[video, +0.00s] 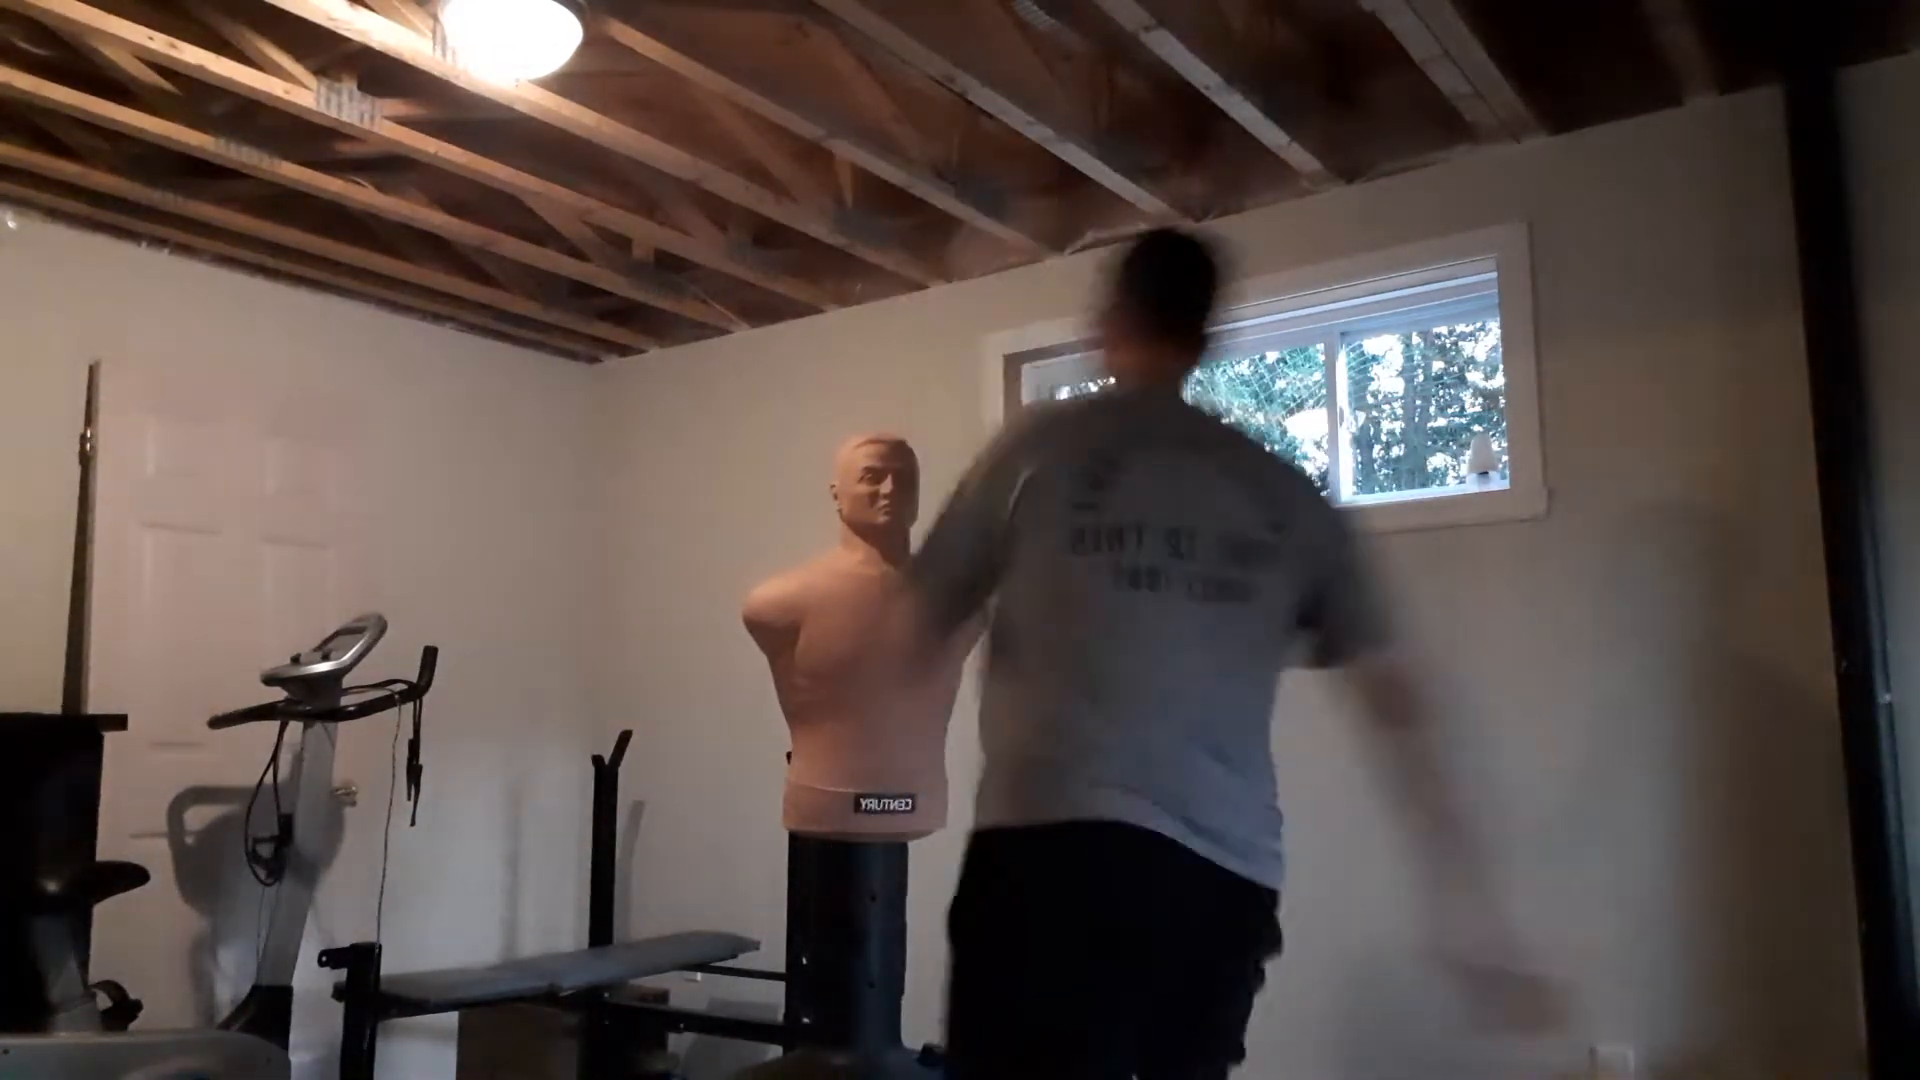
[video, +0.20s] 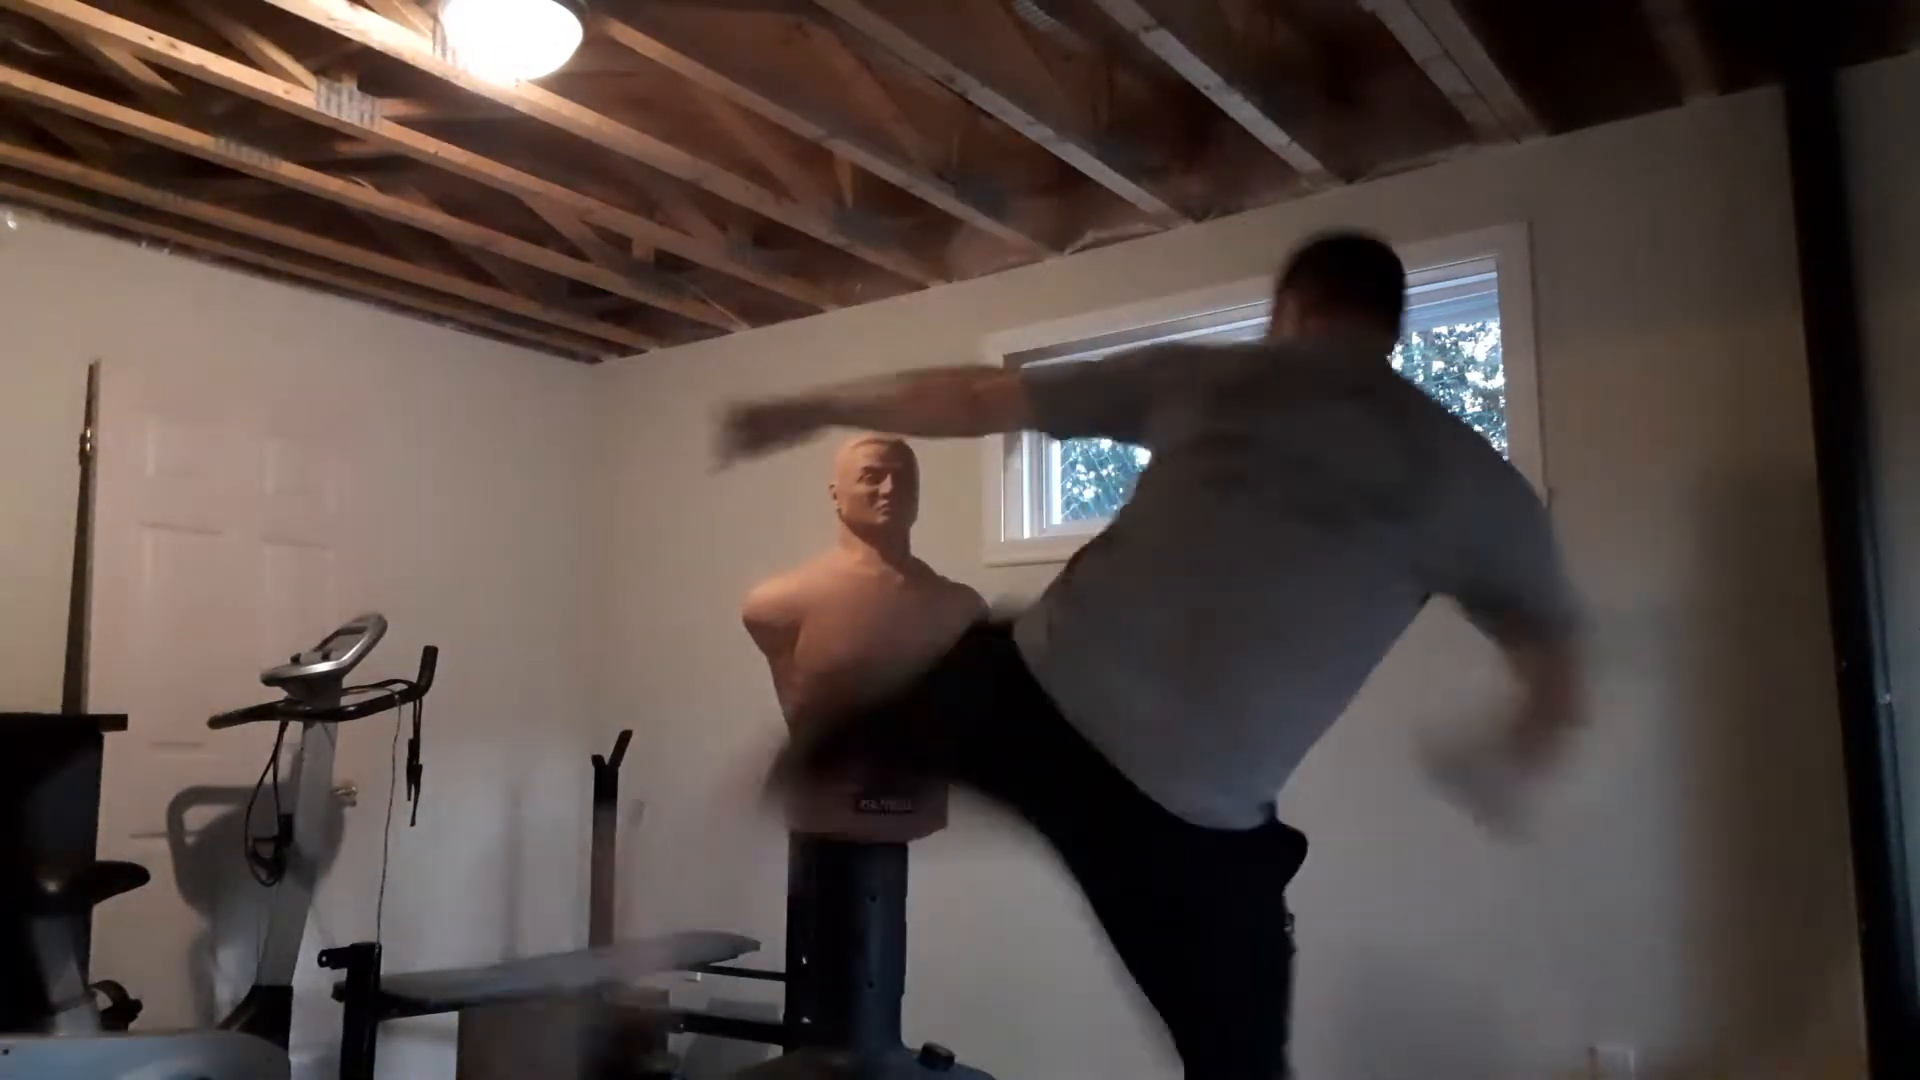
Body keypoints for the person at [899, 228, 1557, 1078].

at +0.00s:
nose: (1106, 328)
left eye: (1111, 313)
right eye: (1122, 312)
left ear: (1111, 323)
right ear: (1206, 333)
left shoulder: (1038, 444)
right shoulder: (1283, 490)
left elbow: (911, 636)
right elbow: (1395, 701)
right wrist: (1474, 928)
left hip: (1042, 859)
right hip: (1216, 882)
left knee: (1011, 1066)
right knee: (1181, 1067)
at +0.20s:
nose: (1274, 328)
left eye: (1281, 310)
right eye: (1289, 311)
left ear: (1295, 306)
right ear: (1397, 327)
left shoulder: (1216, 377)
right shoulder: (1472, 481)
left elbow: (992, 401)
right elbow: (1559, 685)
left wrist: (812, 407)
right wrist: (1504, 766)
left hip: (1023, 698)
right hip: (1193, 821)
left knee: (843, 739)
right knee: (1239, 1062)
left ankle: (809, 763)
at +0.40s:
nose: (1268, 397)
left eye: (1270, 378)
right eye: (1273, 381)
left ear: (1290, 369)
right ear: (1396, 380)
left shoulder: (1235, 437)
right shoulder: (1477, 534)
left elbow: (1014, 424)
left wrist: (822, 418)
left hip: (1075, 727)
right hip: (1215, 850)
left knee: (1125, 579)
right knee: (1241, 1062)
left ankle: (952, 593)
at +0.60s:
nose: (1270, 315)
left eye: (1271, 296)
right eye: (1272, 299)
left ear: (1289, 280)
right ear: (1396, 287)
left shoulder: (1215, 383)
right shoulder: (1507, 394)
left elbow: (1054, 532)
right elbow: (1556, 606)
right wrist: (1427, 541)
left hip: (1184, 737)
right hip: (1371, 772)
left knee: (1154, 798)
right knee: (1455, 1053)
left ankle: (1160, 1049)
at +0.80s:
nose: (1275, 385)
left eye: (1275, 368)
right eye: (1278, 369)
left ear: (1284, 371)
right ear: (1396, 378)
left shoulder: (1202, 519)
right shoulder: (1491, 507)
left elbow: (1153, 737)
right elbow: (1569, 747)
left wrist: (1248, 826)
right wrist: (1452, 700)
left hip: (1279, 921)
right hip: (1475, 907)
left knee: (1329, 1065)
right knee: (1594, 1061)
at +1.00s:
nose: (1217, 371)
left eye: (1216, 356)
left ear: (1226, 355)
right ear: (1333, 363)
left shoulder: (1157, 490)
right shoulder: (1431, 467)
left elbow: (1097, 706)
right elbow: (1512, 691)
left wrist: (1169, 813)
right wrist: (1393, 647)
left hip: (1225, 874)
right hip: (1417, 874)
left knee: (1206, 1066)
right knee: (1513, 1068)